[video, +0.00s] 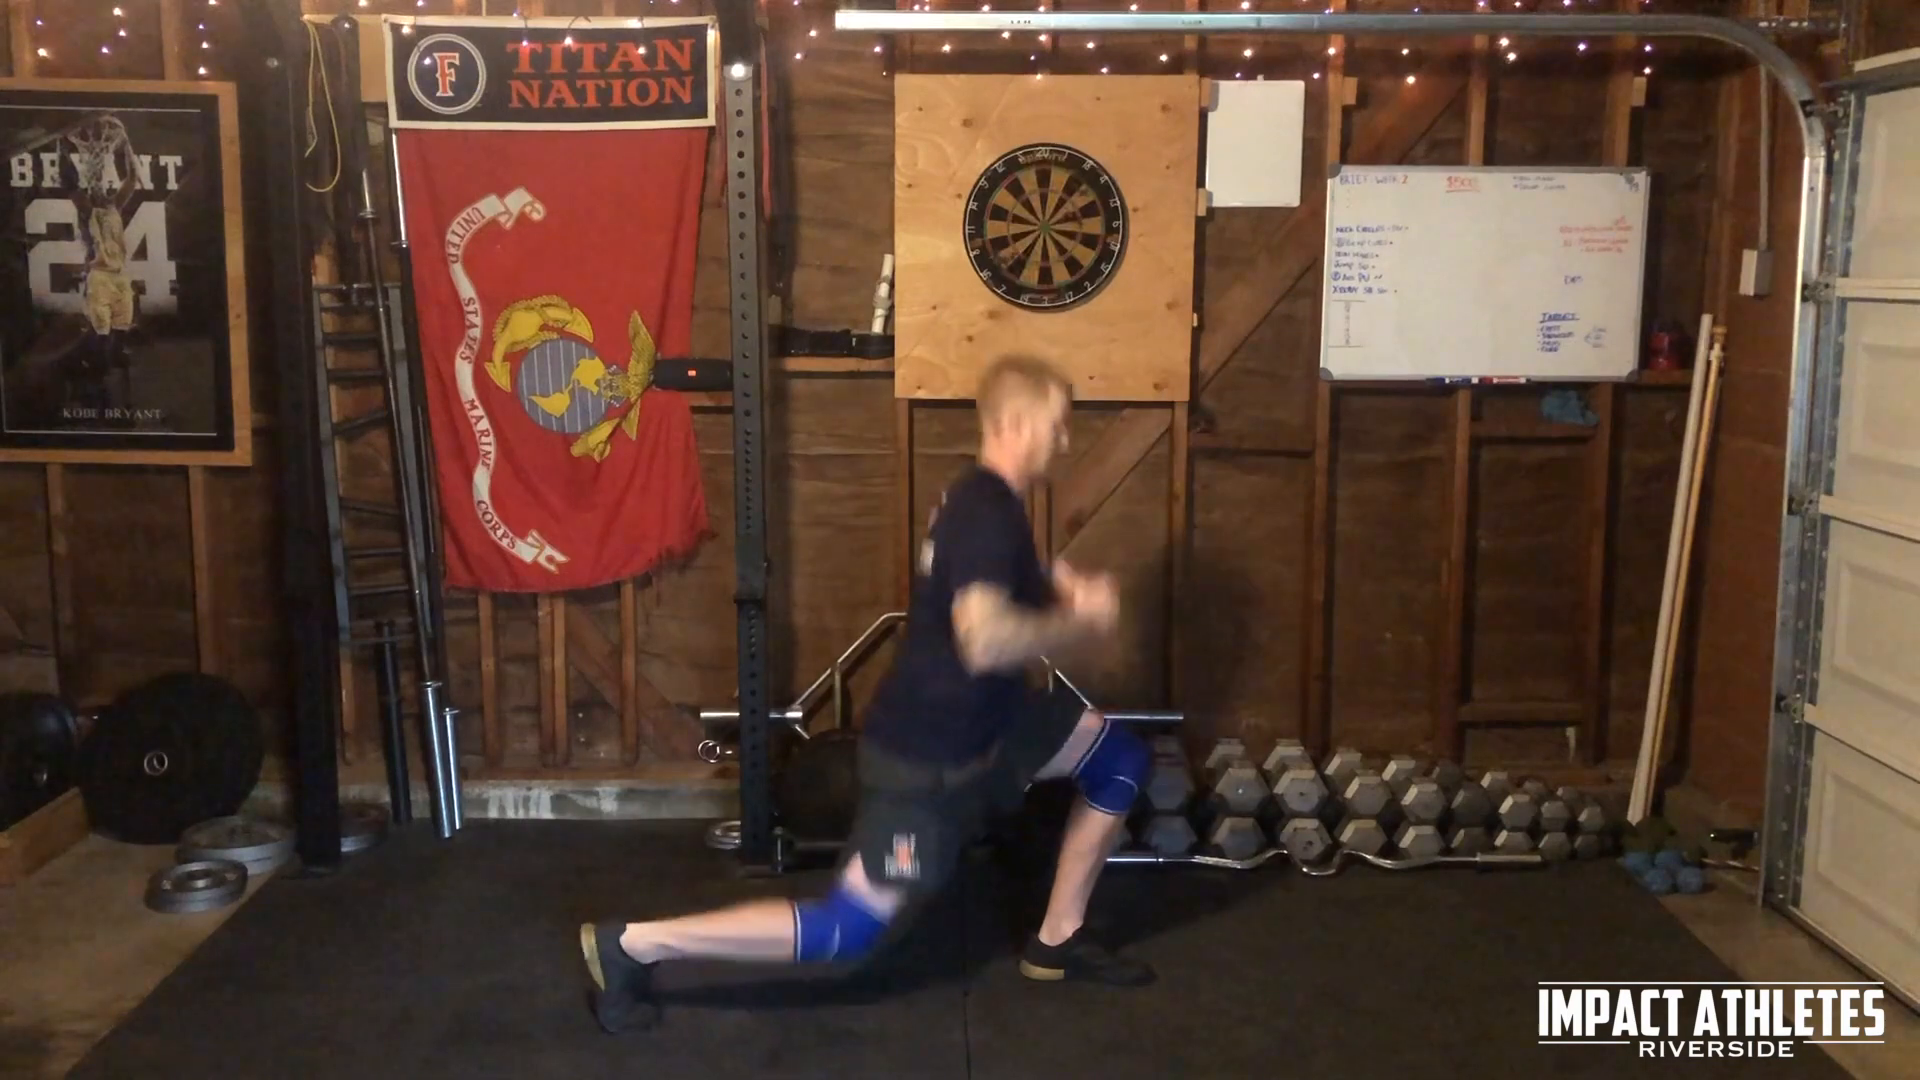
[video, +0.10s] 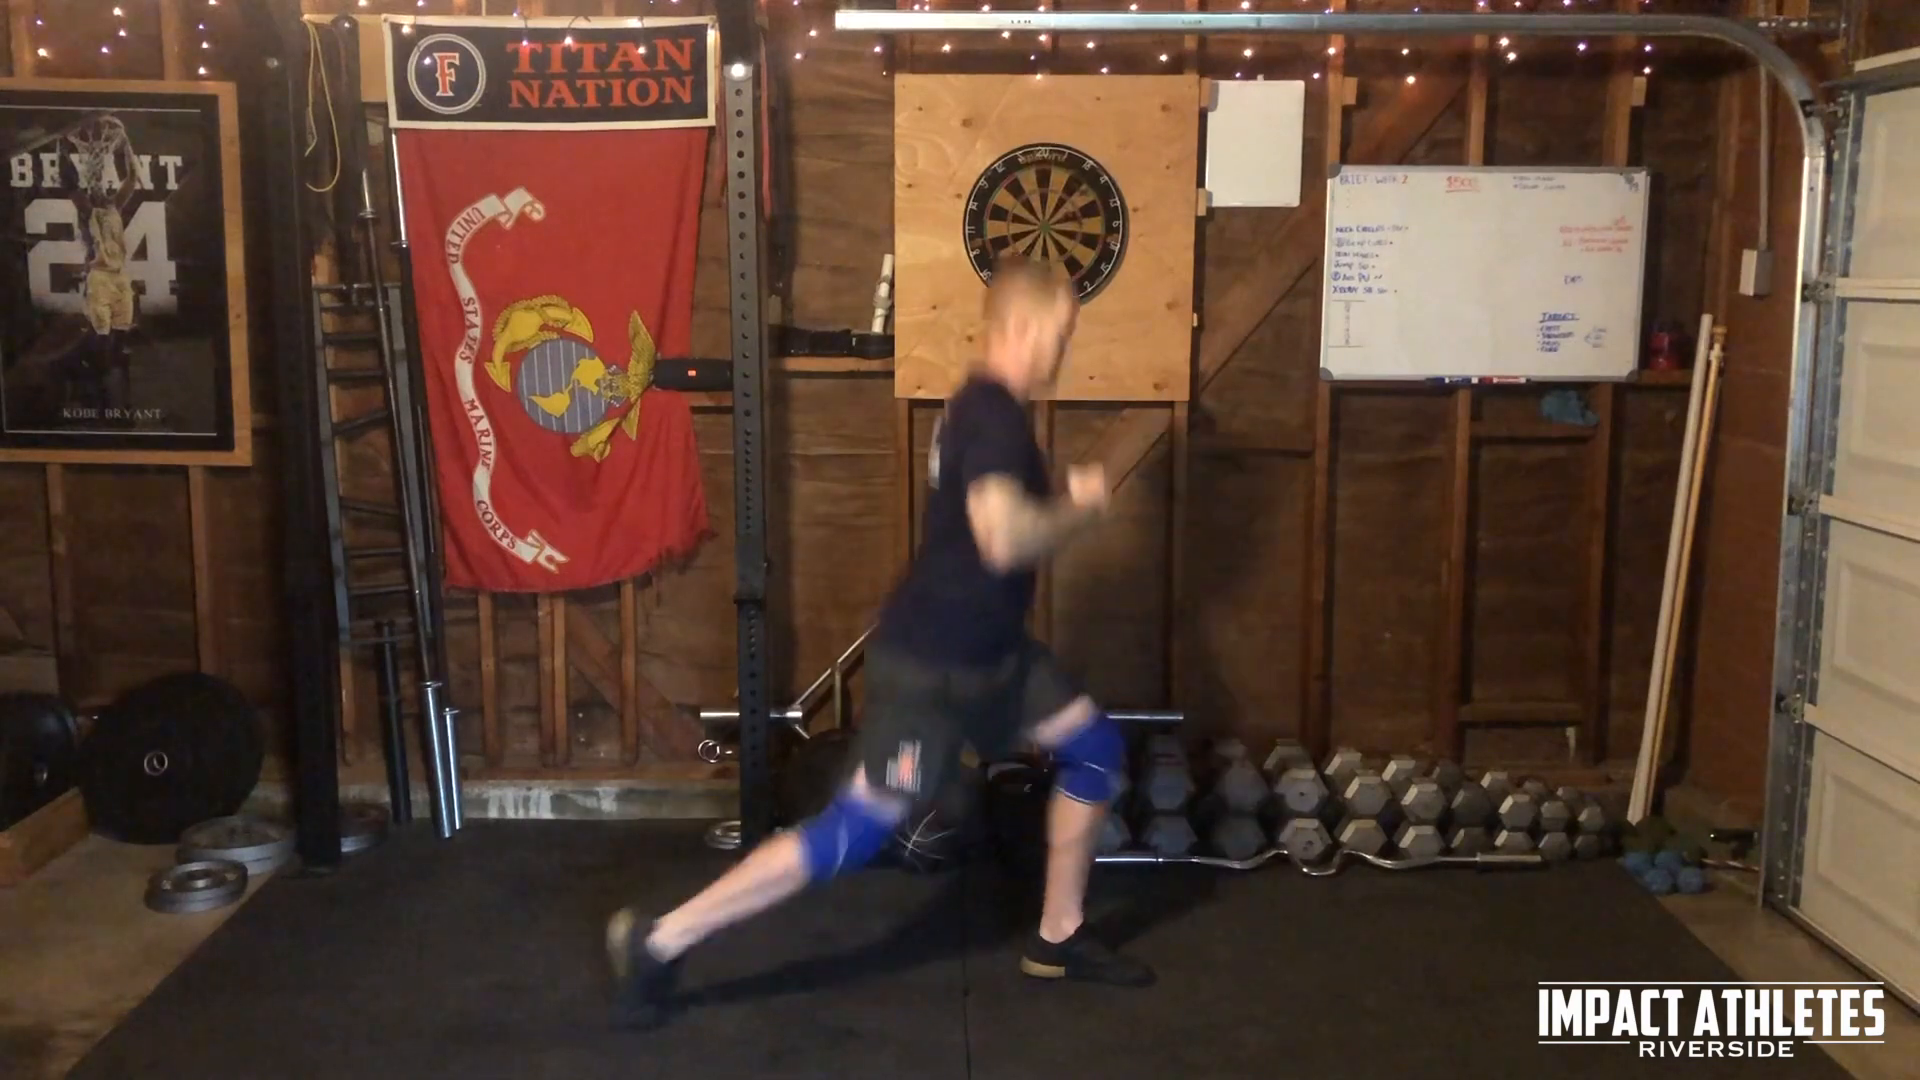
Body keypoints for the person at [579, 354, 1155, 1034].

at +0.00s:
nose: (1065, 439)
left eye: (1065, 425)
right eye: (1058, 424)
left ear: (1010, 425)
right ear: (1014, 425)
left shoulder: (999, 501)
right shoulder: (983, 508)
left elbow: (1009, 588)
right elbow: (984, 639)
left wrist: (1059, 589)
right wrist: (1079, 619)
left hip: (994, 715)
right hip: (925, 744)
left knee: (1119, 763)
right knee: (849, 929)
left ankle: (1058, 940)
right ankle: (629, 945)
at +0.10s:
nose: (1065, 350)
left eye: (1067, 334)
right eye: (1059, 333)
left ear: (1013, 330)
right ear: (1018, 330)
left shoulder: (1003, 412)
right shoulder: (987, 413)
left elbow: (994, 522)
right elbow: (1002, 537)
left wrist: (1060, 501)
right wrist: (1076, 504)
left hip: (994, 654)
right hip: (928, 659)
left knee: (1095, 754)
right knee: (860, 828)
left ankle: (1059, 937)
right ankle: (656, 941)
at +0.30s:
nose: (1086, 235)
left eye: (1091, 220)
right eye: (1084, 214)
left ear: (1030, 196)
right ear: (1039, 195)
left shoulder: (1003, 272)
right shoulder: (996, 273)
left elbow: (981, 384)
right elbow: (968, 392)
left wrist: (1045, 389)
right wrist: (1056, 405)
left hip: (949, 523)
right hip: (936, 528)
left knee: (968, 700)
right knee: (979, 706)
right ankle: (858, 900)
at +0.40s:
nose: (1087, 242)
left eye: (1093, 225)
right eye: (1086, 220)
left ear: (1028, 205)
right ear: (1041, 204)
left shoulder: (1013, 286)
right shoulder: (995, 280)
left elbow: (982, 395)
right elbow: (953, 396)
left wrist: (1052, 399)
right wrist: (1053, 416)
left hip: (931, 531)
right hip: (941, 538)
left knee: (923, 718)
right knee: (1033, 716)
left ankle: (772, 838)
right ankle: (984, 924)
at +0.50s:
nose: (1084, 300)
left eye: (1088, 283)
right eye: (1081, 281)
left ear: (1030, 270)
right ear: (1042, 268)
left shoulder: (1013, 346)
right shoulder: (995, 339)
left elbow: (984, 457)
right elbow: (952, 453)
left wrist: (1057, 465)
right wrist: (1056, 474)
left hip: (922, 583)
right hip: (942, 590)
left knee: (878, 762)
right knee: (1072, 748)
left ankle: (701, 863)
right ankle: (1068, 967)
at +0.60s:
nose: (1087, 393)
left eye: (1090, 377)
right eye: (1085, 375)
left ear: (1029, 365)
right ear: (1049, 368)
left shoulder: (985, 430)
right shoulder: (1001, 437)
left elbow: (972, 544)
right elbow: (965, 553)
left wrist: (1053, 556)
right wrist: (1067, 570)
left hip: (904, 675)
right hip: (955, 679)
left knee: (871, 849)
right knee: (1118, 784)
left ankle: (672, 902)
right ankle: (1076, 978)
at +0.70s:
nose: (1089, 466)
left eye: (1090, 451)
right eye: (1086, 449)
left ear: (1034, 441)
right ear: (1046, 443)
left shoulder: (985, 507)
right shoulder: (1005, 514)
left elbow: (968, 641)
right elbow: (976, 645)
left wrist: (1047, 690)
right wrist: (1083, 662)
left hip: (902, 738)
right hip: (944, 739)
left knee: (878, 916)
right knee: (1129, 786)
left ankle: (677, 901)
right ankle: (1076, 984)